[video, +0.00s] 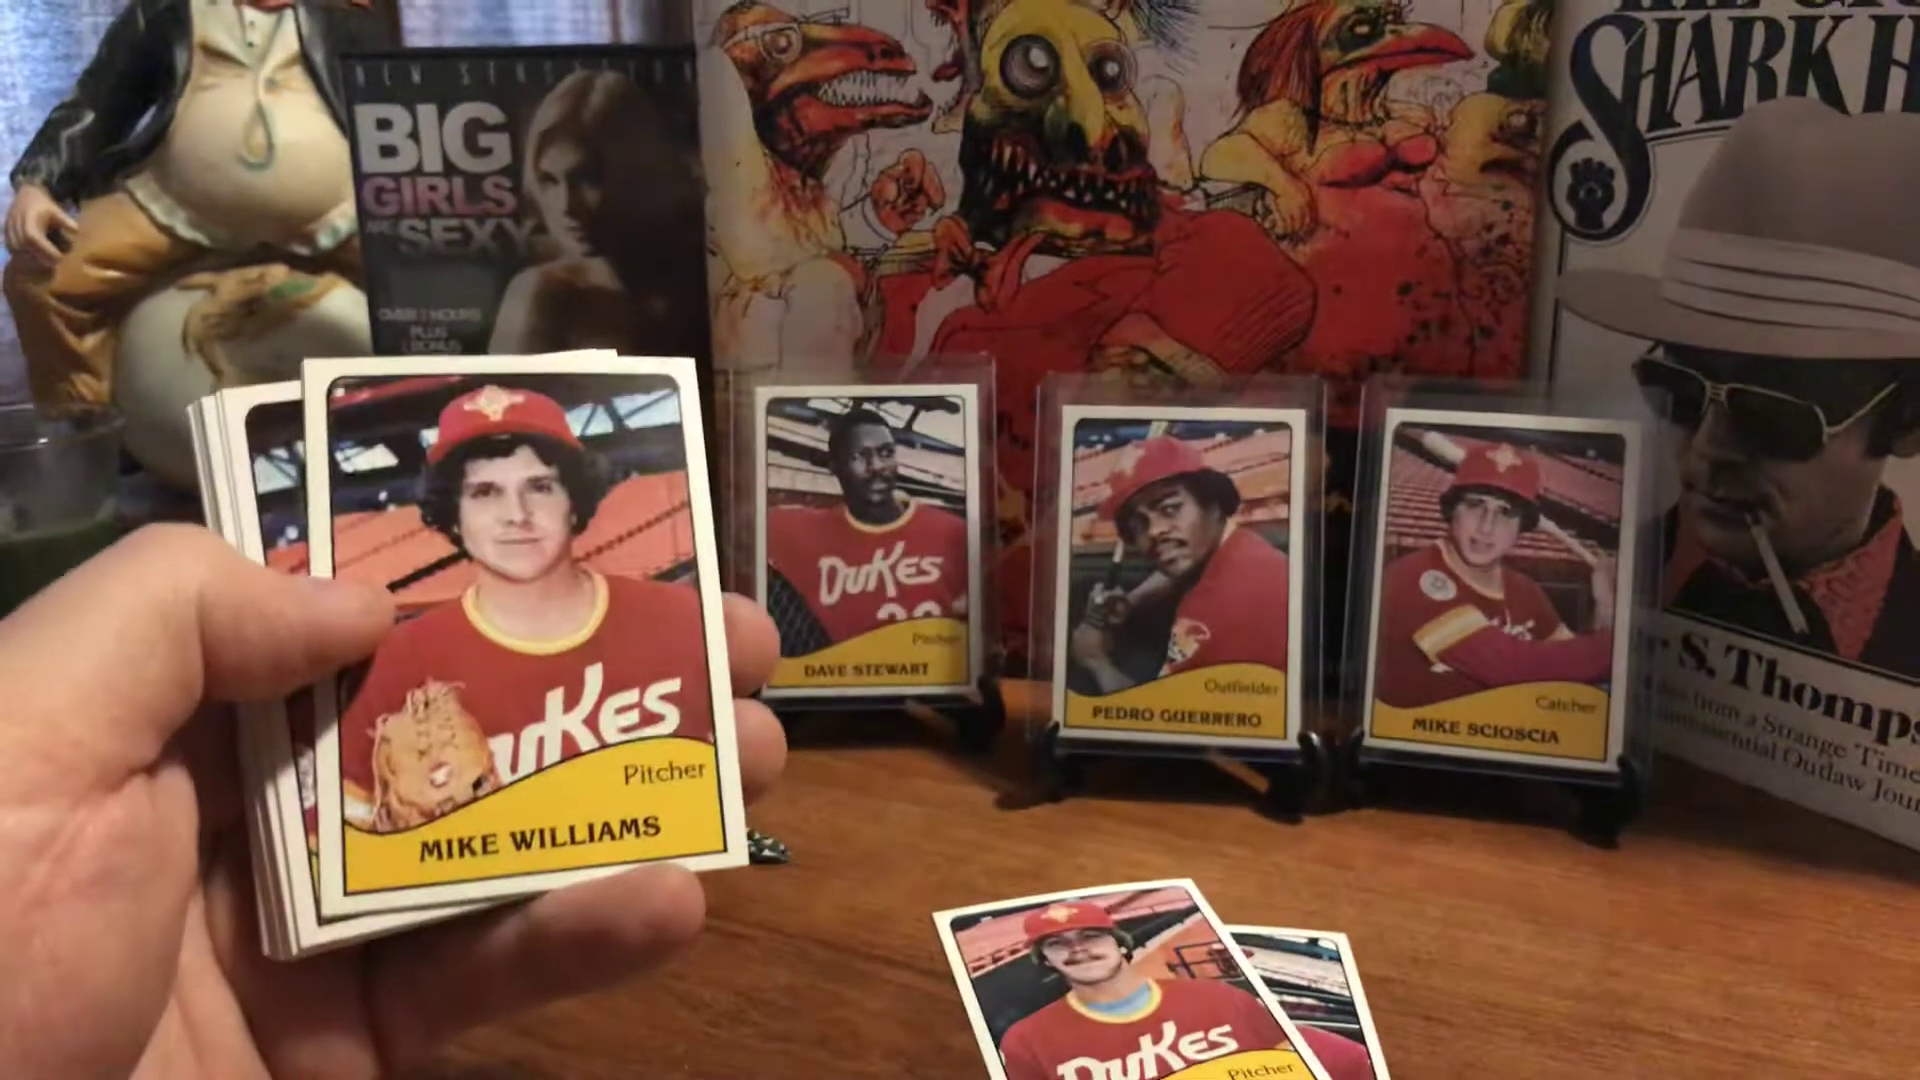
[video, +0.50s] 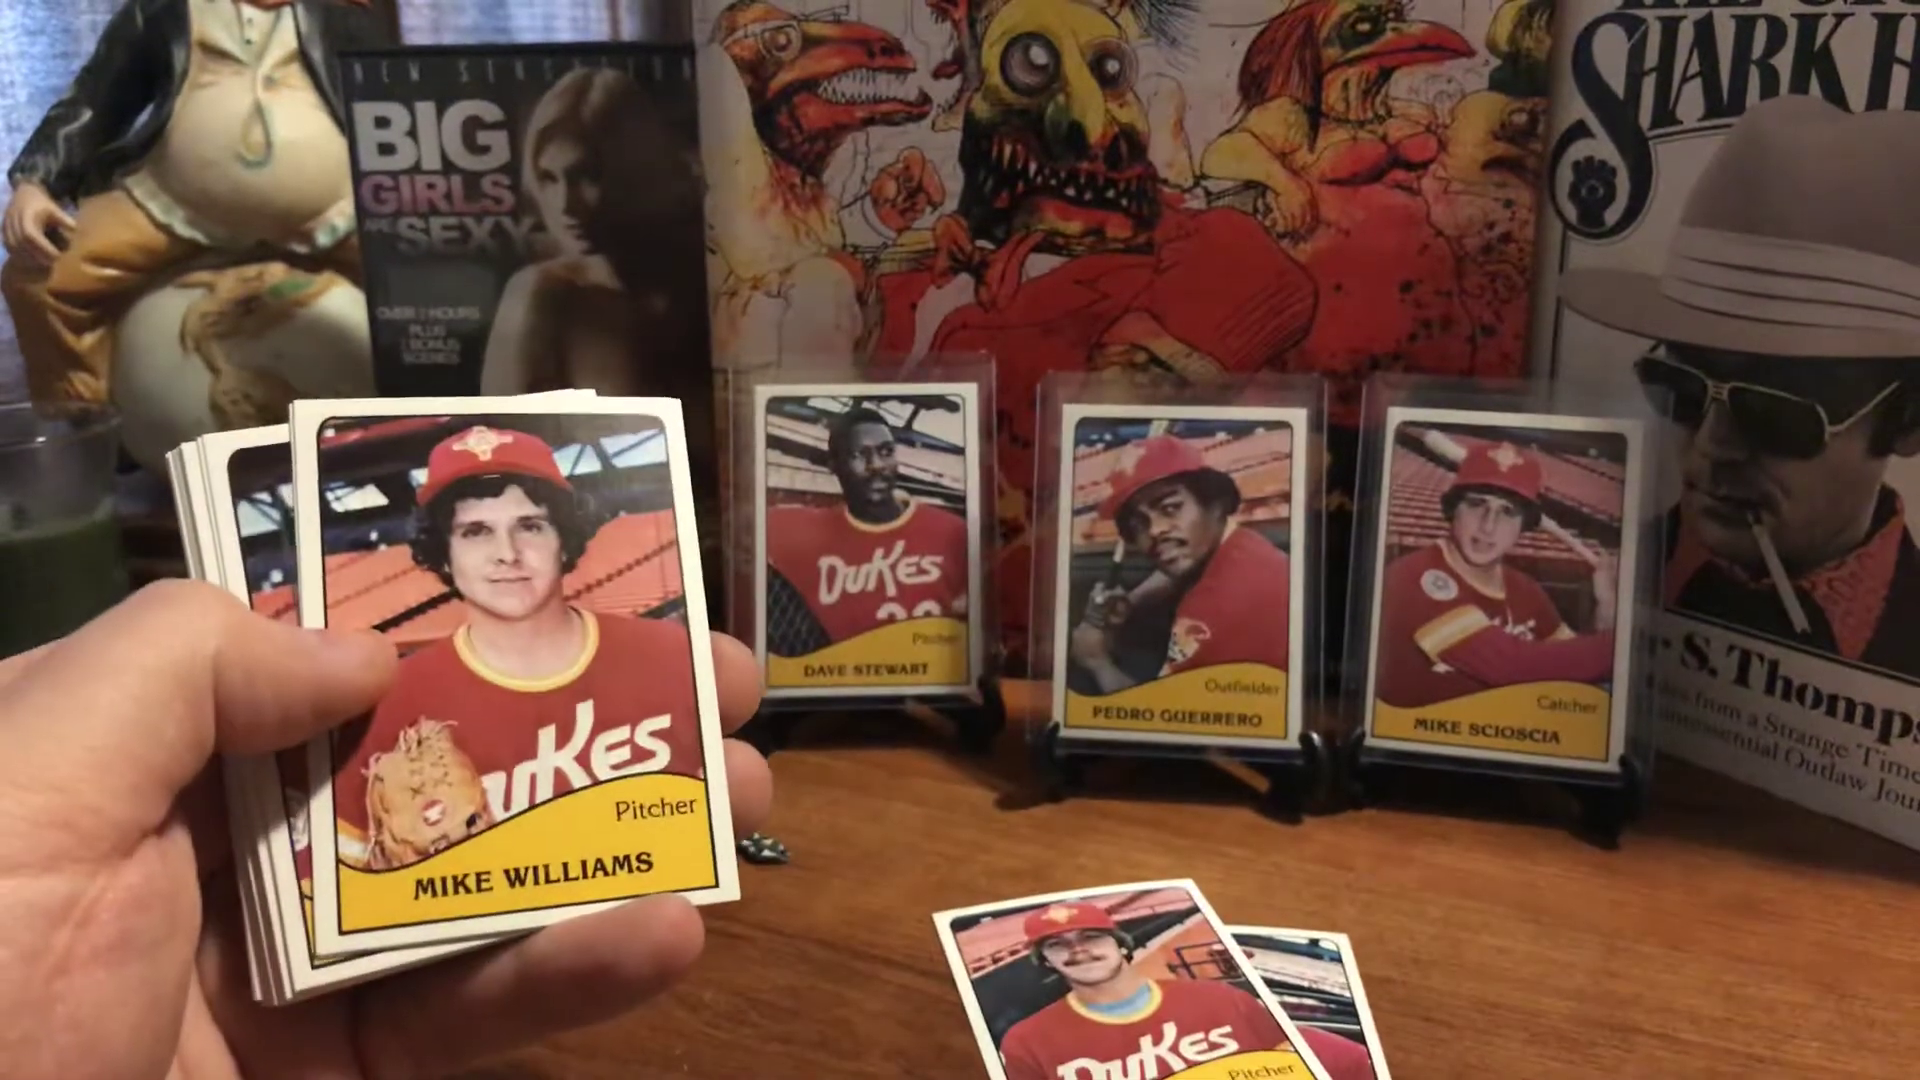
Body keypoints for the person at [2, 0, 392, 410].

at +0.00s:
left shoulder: (349, 18)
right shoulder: (164, 12)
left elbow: (400, 103)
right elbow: (96, 103)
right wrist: (34, 183)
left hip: (336, 214)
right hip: (175, 209)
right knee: (41, 281)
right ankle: (98, 447)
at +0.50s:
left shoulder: (346, 16)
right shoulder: (161, 11)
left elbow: (399, 99)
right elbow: (92, 102)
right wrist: (31, 181)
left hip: (335, 210)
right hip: (173, 206)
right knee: (39, 279)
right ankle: (96, 444)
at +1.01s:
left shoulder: (348, 17)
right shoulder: (160, 13)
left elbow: (400, 98)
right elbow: (94, 101)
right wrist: (32, 181)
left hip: (337, 209)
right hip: (176, 204)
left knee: (439, 291)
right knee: (40, 279)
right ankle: (96, 445)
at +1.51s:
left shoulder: (346, 20)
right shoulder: (161, 12)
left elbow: (401, 103)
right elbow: (93, 102)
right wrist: (31, 181)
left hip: (334, 211)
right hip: (174, 206)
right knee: (39, 280)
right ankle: (94, 444)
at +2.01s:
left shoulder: (347, 19)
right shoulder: (165, 12)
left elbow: (403, 108)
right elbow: (97, 104)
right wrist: (34, 183)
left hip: (338, 215)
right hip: (178, 209)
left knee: (442, 297)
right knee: (43, 281)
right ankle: (98, 440)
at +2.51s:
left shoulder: (343, 16)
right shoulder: (162, 11)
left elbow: (395, 95)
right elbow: (98, 99)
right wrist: (34, 179)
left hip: (338, 209)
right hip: (176, 204)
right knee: (42, 278)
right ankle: (92, 430)